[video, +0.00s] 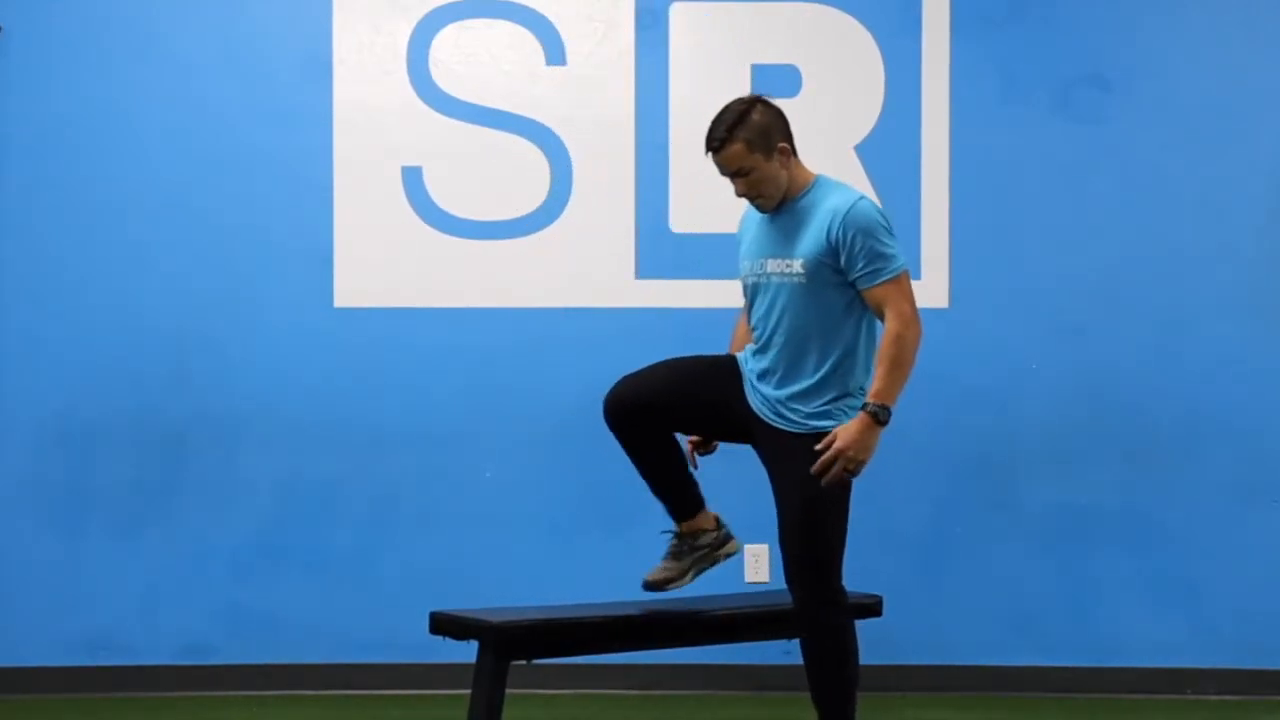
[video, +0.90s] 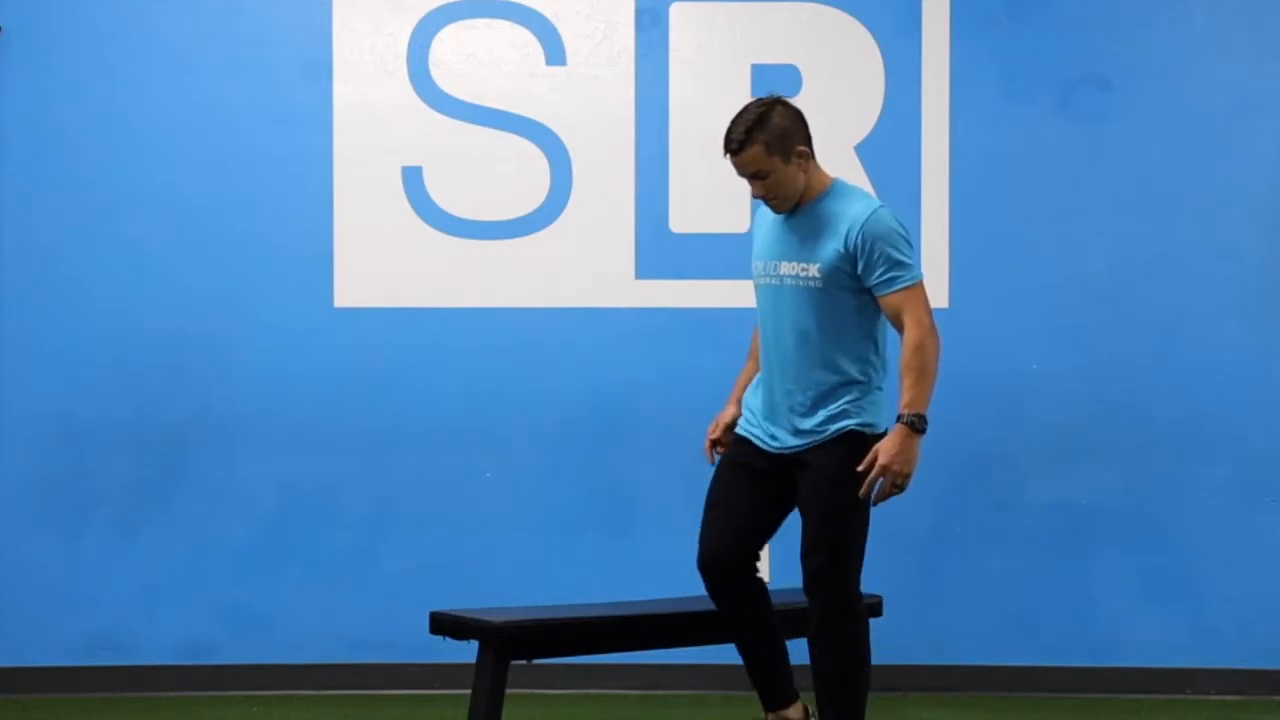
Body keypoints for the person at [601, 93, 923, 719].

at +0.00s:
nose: (737, 188)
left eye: (742, 173)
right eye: (729, 176)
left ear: (784, 154)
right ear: (728, 167)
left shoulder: (850, 215)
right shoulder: (756, 220)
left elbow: (903, 320)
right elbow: (752, 320)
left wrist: (872, 418)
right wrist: (714, 414)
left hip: (814, 427)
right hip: (751, 390)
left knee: (815, 591)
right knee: (630, 404)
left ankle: (836, 715)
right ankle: (697, 529)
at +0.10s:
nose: (745, 184)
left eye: (751, 169)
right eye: (737, 171)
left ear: (792, 151)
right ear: (739, 162)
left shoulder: (854, 214)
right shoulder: (763, 214)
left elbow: (904, 319)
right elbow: (761, 312)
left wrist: (870, 416)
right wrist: (733, 380)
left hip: (817, 426)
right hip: (754, 394)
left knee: (817, 588)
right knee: (640, 425)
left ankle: (837, 714)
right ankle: (745, 539)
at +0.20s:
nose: (749, 184)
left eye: (756, 169)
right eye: (741, 172)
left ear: (797, 151)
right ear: (741, 163)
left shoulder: (860, 215)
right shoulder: (767, 212)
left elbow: (905, 322)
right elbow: (766, 314)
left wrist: (873, 418)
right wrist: (727, 394)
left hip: (825, 428)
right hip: (757, 407)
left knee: (823, 597)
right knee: (662, 482)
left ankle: (839, 715)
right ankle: (765, 605)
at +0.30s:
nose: (752, 185)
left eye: (759, 170)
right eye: (744, 173)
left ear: (798, 149)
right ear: (747, 163)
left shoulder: (863, 216)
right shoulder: (766, 216)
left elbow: (908, 324)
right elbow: (766, 321)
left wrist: (880, 419)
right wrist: (723, 408)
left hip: (827, 434)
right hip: (753, 424)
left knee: (825, 599)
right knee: (699, 537)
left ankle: (840, 715)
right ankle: (778, 675)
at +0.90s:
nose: (755, 190)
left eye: (762, 176)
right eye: (747, 178)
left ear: (802, 157)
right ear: (743, 165)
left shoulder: (866, 222)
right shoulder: (766, 213)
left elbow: (920, 329)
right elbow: (776, 323)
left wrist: (909, 427)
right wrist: (737, 405)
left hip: (841, 432)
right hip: (765, 428)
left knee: (830, 590)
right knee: (721, 560)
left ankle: (842, 714)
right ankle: (784, 708)